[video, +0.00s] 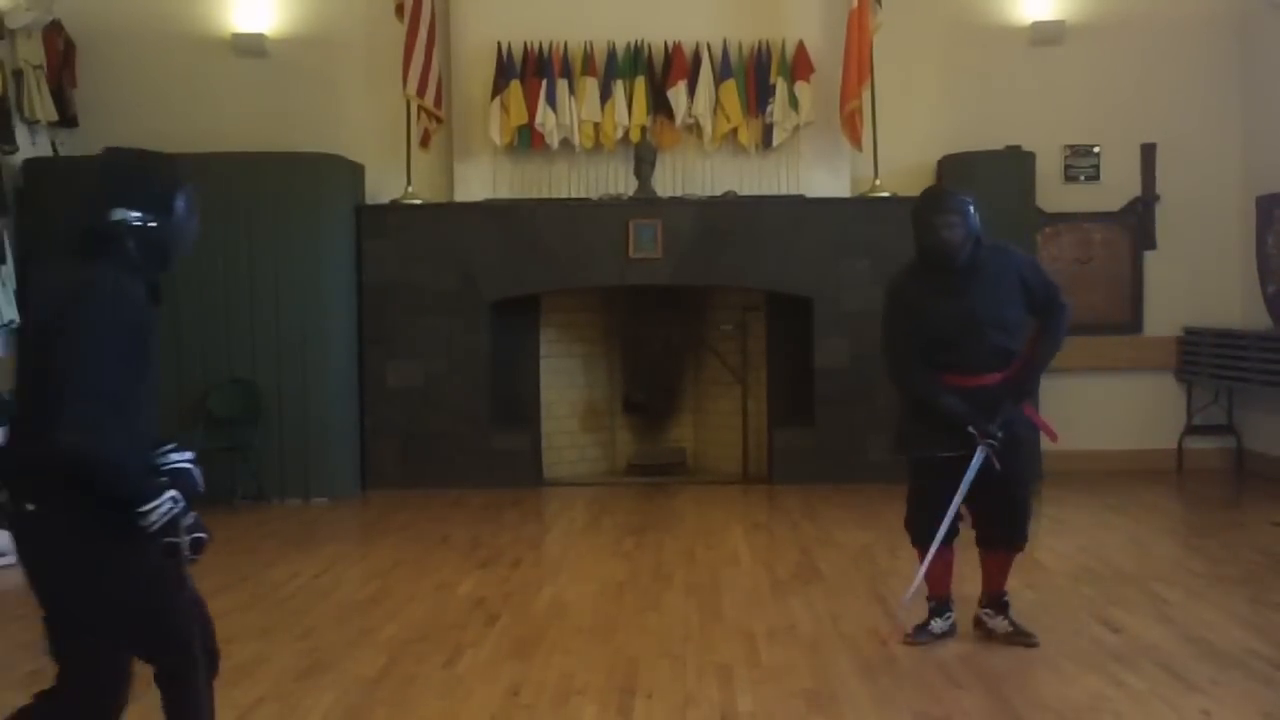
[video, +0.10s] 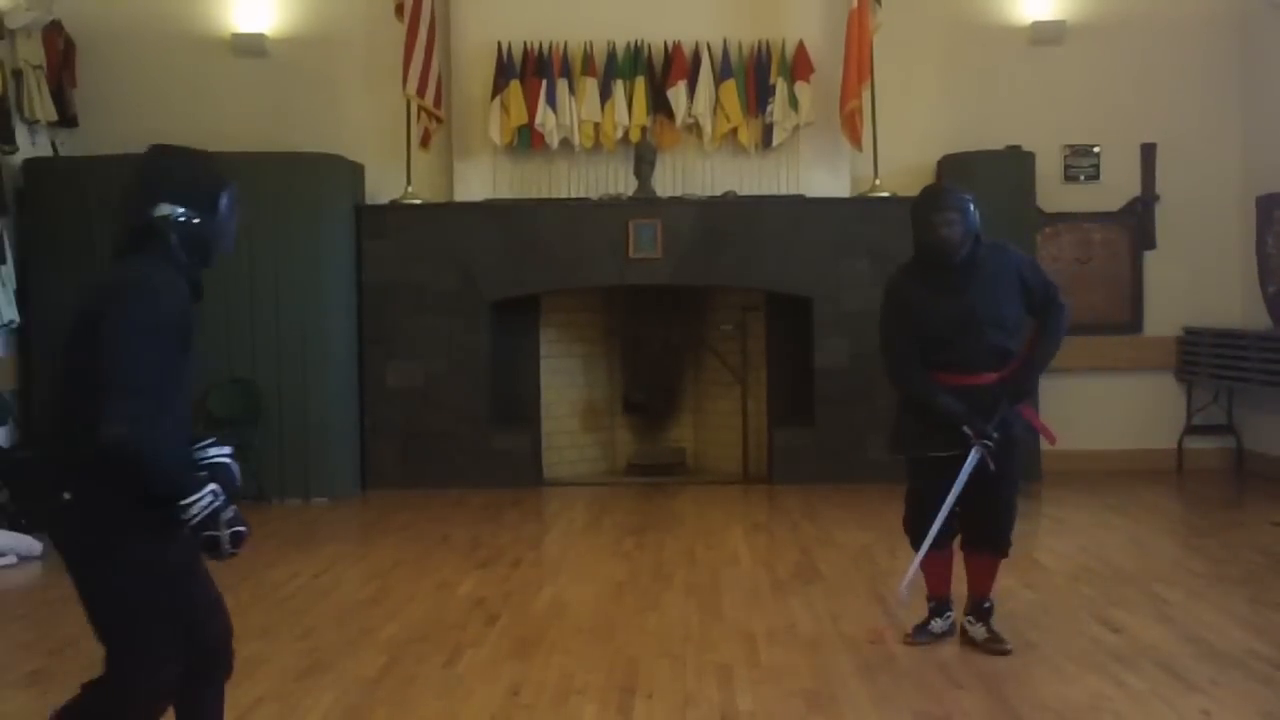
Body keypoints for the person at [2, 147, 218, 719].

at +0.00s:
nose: (190, 225)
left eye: (187, 208)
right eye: (182, 208)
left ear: (121, 214)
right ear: (146, 216)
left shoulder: (75, 282)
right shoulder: (112, 292)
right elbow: (92, 429)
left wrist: (160, 467)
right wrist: (156, 502)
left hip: (49, 512)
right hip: (95, 517)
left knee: (91, 687)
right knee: (189, 650)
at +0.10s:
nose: (231, 225)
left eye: (229, 208)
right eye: (224, 209)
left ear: (166, 212)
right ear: (190, 214)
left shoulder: (149, 281)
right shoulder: (152, 286)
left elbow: (151, 410)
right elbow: (136, 420)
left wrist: (200, 469)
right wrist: (194, 493)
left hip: (114, 498)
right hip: (106, 503)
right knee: (194, 646)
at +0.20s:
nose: (259, 215)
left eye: (257, 199)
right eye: (253, 199)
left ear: (191, 199)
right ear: (225, 204)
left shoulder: (178, 269)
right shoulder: (183, 275)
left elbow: (183, 396)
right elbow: (165, 406)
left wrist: (232, 449)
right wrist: (224, 482)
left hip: (151, 496)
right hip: (138, 502)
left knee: (204, 648)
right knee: (185, 656)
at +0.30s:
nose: (280, 208)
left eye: (277, 192)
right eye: (273, 192)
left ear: (211, 193)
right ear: (239, 197)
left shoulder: (207, 265)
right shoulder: (202, 269)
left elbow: (216, 386)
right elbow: (189, 402)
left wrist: (261, 444)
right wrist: (254, 482)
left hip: (182, 495)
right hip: (159, 499)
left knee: (221, 656)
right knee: (194, 673)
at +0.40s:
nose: (292, 212)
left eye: (290, 195)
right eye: (286, 195)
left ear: (219, 194)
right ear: (256, 199)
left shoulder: (217, 268)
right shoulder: (218, 275)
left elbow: (227, 391)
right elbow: (208, 412)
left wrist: (277, 441)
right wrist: (279, 485)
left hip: (201, 496)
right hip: (182, 501)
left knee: (261, 637)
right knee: (220, 670)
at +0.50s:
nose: (309, 215)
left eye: (307, 198)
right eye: (304, 198)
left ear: (232, 198)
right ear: (274, 203)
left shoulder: (218, 272)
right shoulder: (245, 280)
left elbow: (230, 407)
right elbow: (232, 421)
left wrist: (291, 449)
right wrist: (304, 493)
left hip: (222, 504)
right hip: (206, 511)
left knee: (316, 622)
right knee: (228, 692)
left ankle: (272, 708)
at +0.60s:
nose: (337, 212)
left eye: (335, 195)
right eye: (330, 196)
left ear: (266, 199)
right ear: (298, 203)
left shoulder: (249, 269)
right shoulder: (273, 278)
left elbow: (266, 408)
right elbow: (259, 420)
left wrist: (321, 454)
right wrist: (332, 491)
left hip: (255, 505)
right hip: (236, 512)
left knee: (351, 622)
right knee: (243, 696)